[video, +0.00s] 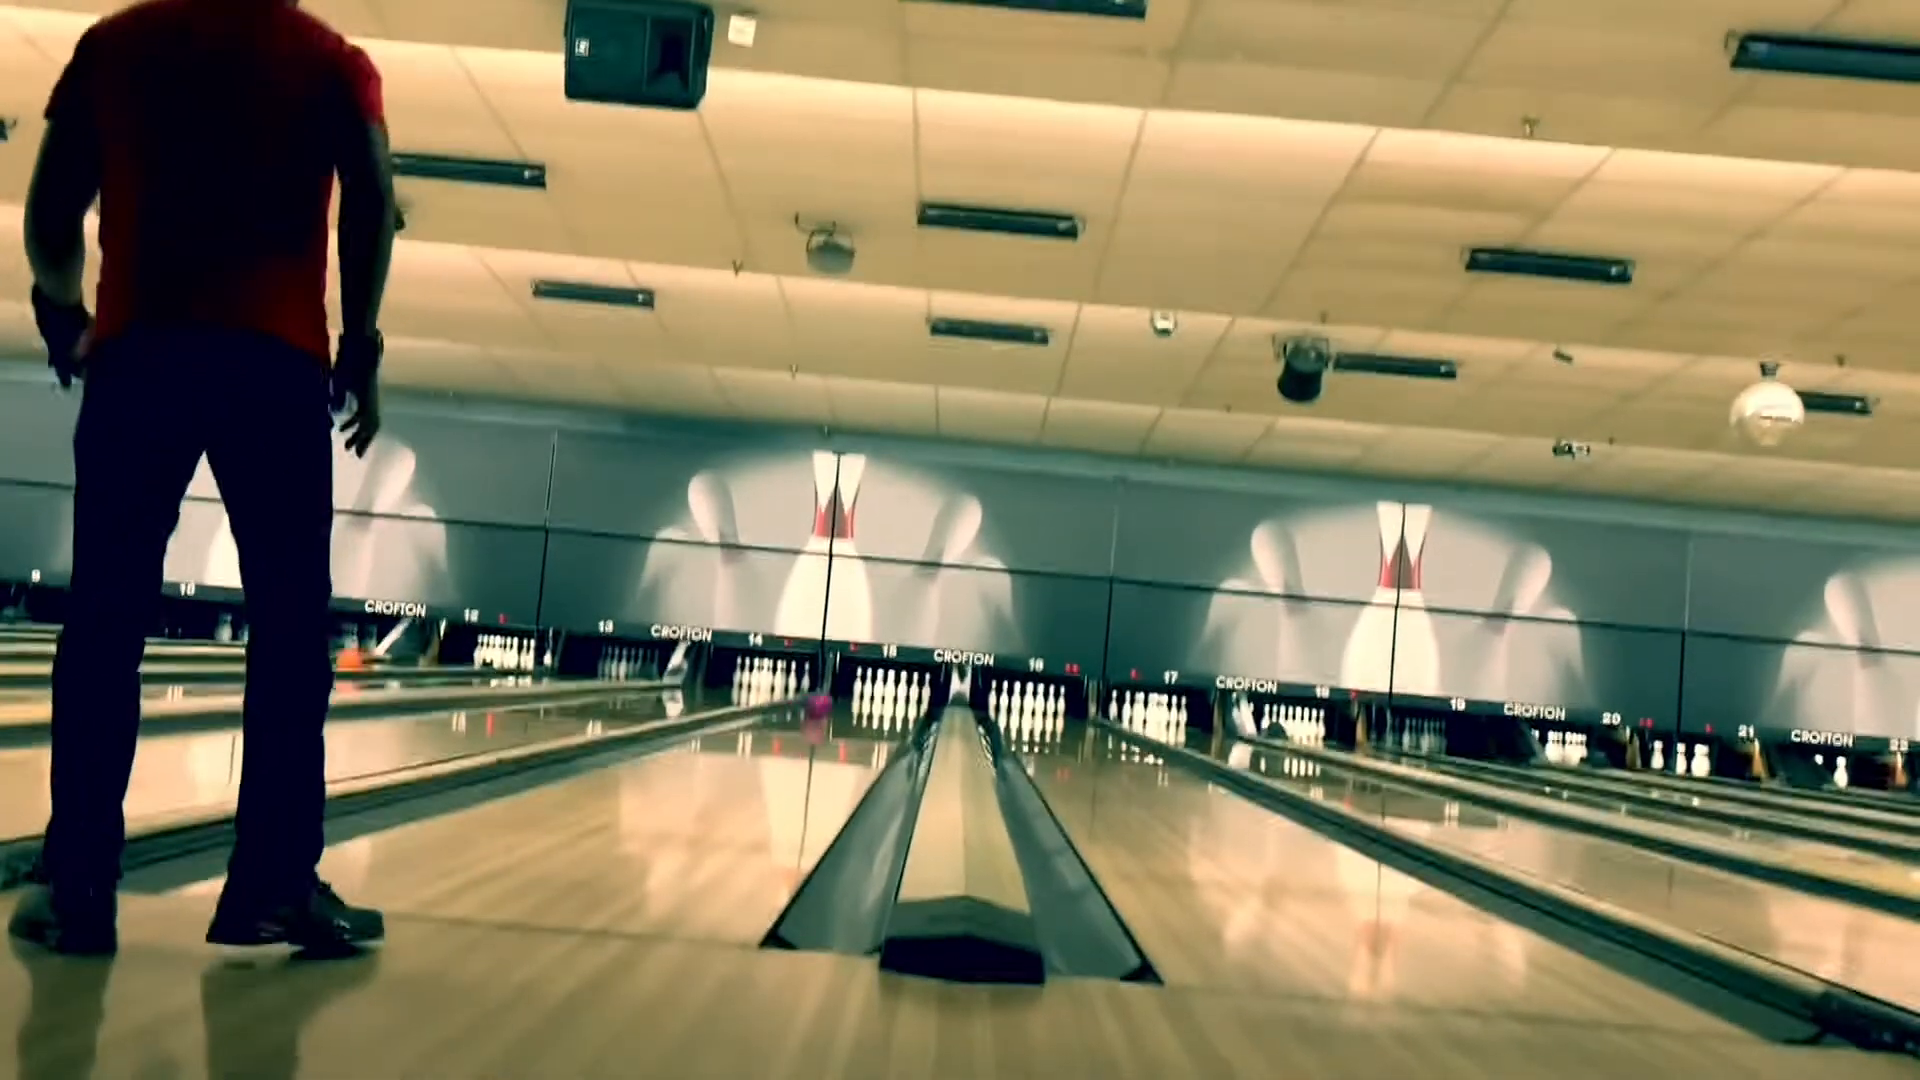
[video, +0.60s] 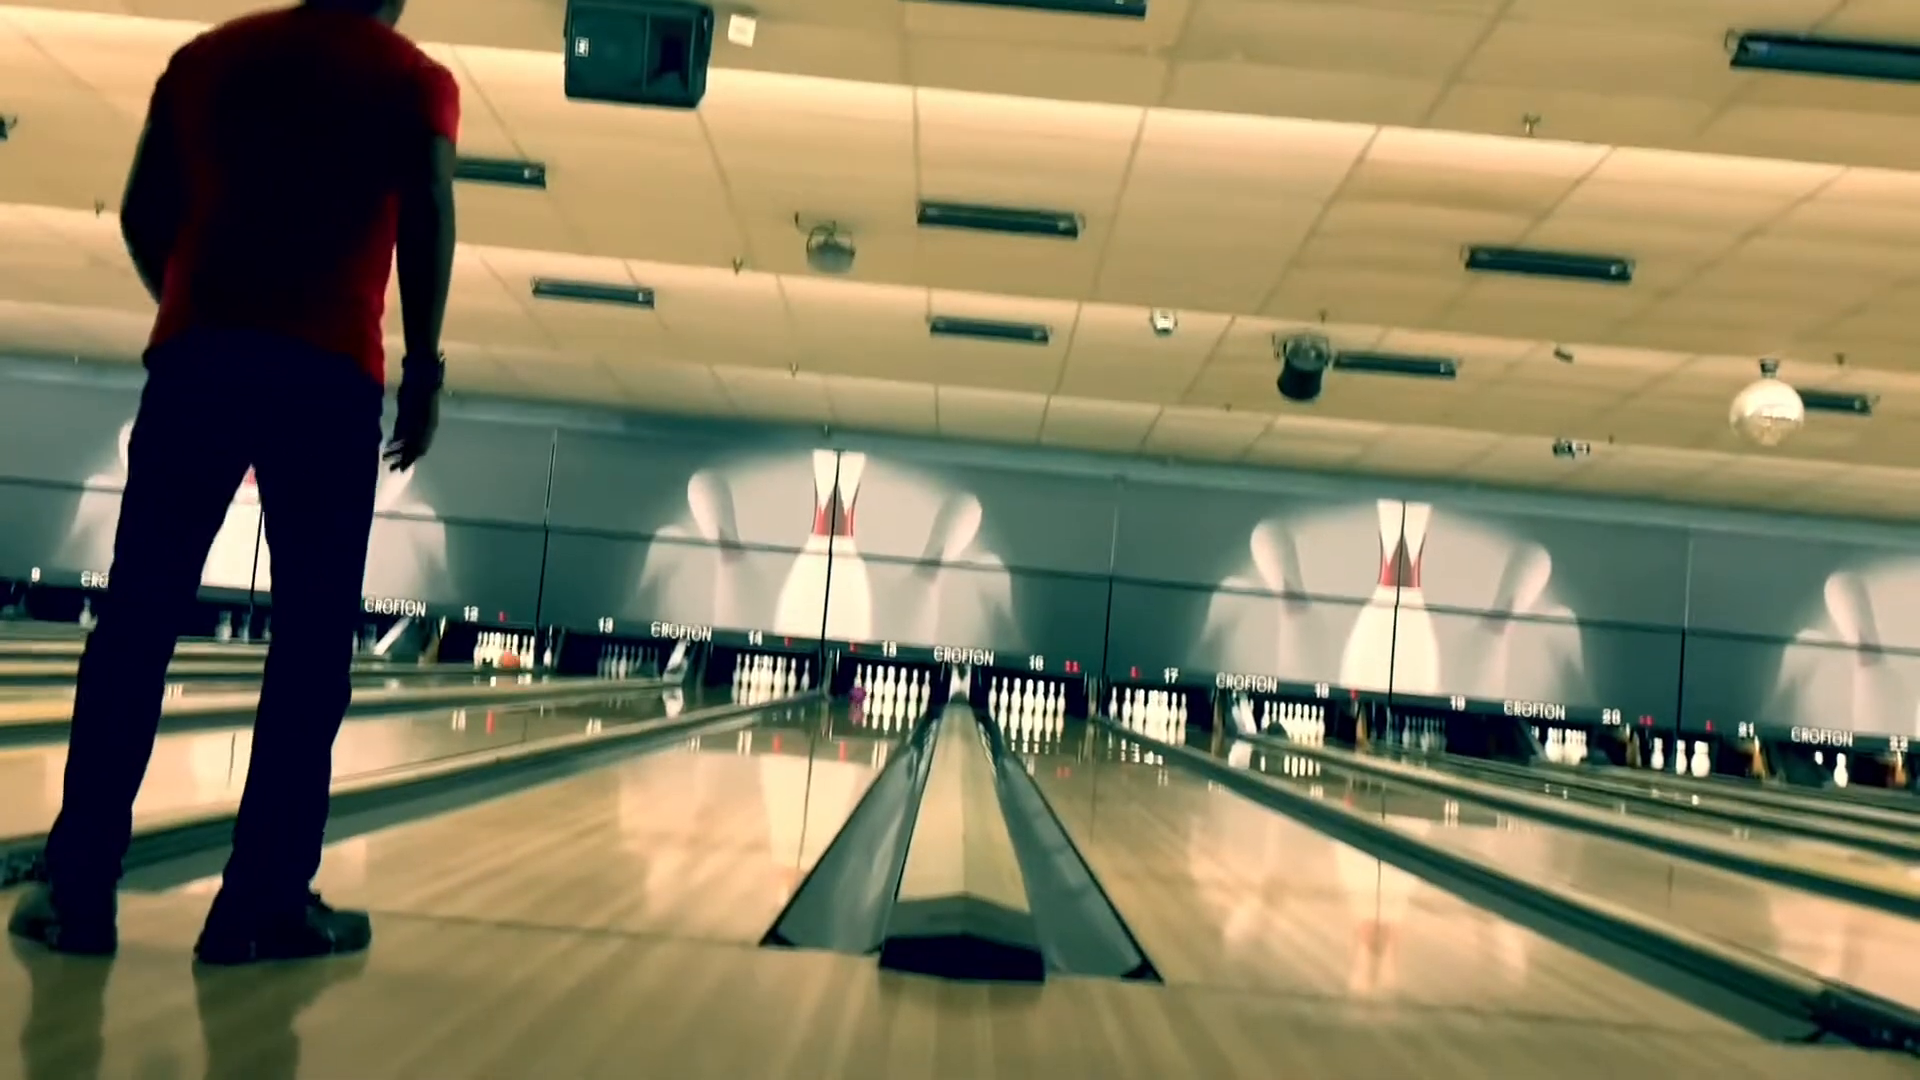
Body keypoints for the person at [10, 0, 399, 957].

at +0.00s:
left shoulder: (112, 42)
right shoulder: (333, 58)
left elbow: (51, 207)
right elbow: (373, 207)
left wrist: (59, 305)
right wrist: (362, 332)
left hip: (139, 359)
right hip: (273, 364)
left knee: (103, 620)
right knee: (290, 629)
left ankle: (79, 895)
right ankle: (272, 888)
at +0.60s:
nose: (409, 6)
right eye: (407, 2)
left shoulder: (202, 57)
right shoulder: (417, 78)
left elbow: (142, 215)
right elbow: (427, 224)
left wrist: (199, 313)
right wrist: (423, 364)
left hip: (194, 367)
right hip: (326, 380)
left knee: (134, 624)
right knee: (313, 644)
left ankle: (79, 899)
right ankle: (263, 906)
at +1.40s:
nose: (542, 33)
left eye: (537, 25)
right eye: (545, 24)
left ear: (447, 3)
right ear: (536, 21)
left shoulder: (340, 59)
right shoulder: (534, 102)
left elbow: (255, 206)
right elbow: (510, 227)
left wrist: (306, 314)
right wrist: (471, 380)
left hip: (248, 338)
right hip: (372, 370)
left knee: (103, 559)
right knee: (338, 647)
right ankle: (262, 911)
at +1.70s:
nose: (478, 4)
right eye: (477, 0)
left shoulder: (274, 37)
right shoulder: (481, 75)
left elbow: (206, 195)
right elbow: (470, 240)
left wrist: (259, 294)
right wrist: (456, 379)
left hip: (222, 353)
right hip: (354, 377)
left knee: (145, 593)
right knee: (329, 647)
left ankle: (37, 830)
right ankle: (266, 905)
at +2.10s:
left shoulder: (92, 11)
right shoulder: (309, 4)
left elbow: (45, 185)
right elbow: (281, 138)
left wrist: (138, 277)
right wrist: (310, 324)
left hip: (78, 323)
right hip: (218, 331)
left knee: (30, 620)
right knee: (240, 631)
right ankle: (260, 893)